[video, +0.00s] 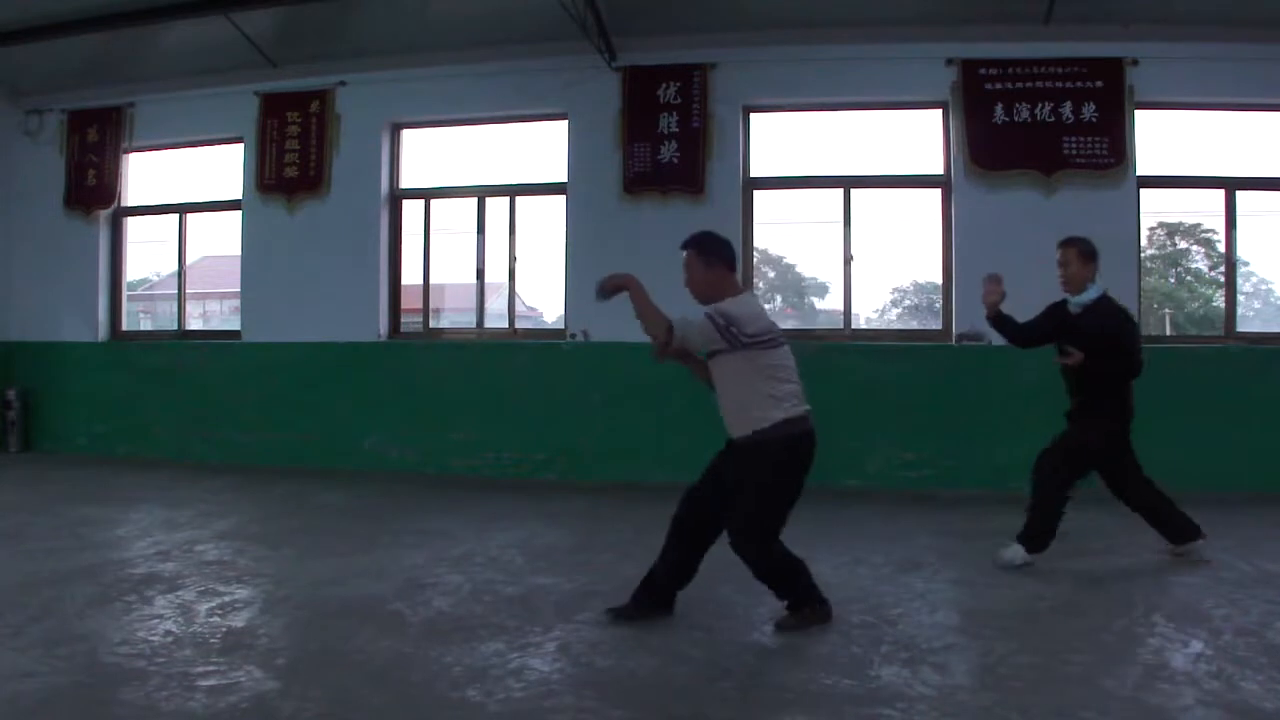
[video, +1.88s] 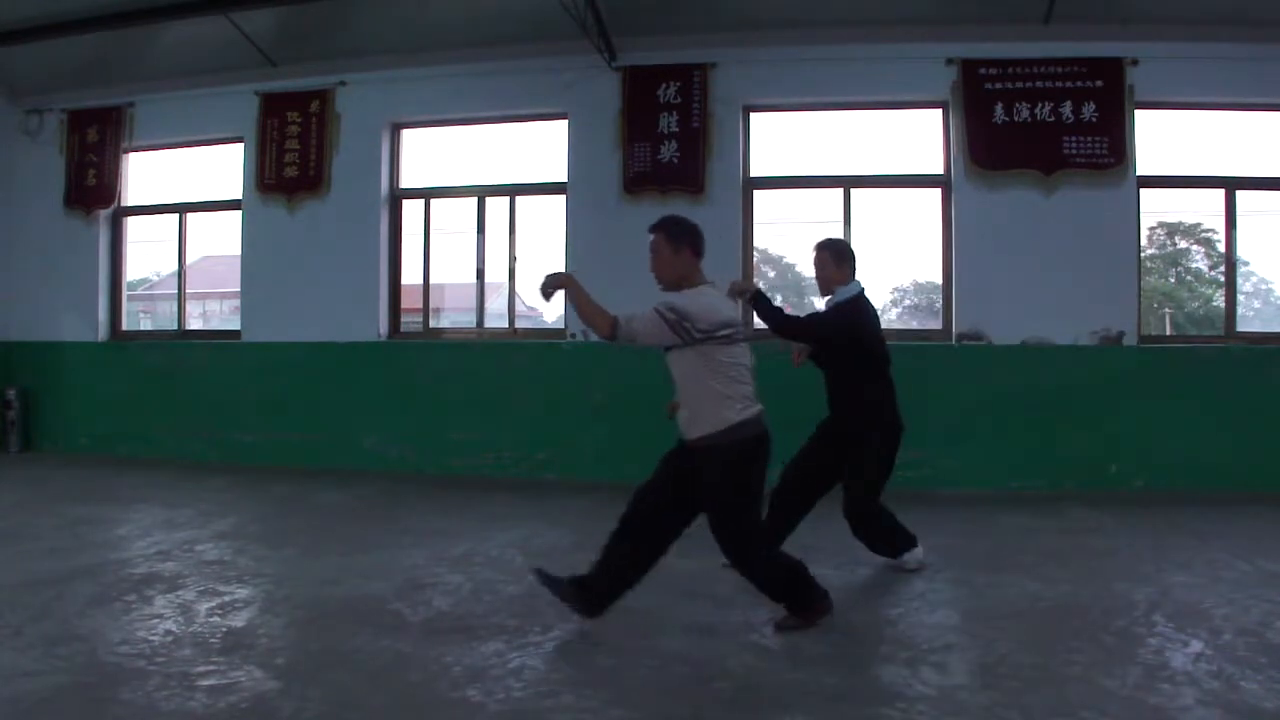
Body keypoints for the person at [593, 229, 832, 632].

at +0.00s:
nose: (686, 280)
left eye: (690, 270)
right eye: (685, 272)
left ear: (715, 269)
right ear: (723, 271)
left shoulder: (737, 313)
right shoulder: (741, 313)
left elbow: (667, 336)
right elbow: (724, 377)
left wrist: (633, 286)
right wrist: (679, 354)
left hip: (781, 441)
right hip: (749, 442)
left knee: (751, 533)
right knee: (695, 517)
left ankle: (809, 604)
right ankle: (654, 600)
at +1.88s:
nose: (651, 264)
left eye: (657, 253)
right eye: (651, 254)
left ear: (686, 254)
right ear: (689, 256)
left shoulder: (695, 308)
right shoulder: (722, 304)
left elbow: (612, 329)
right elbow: (733, 369)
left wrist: (568, 283)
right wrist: (689, 401)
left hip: (732, 445)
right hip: (708, 442)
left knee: (741, 541)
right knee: (650, 517)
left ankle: (809, 601)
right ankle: (593, 594)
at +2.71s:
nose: (370, 241)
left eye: (377, 232)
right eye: (373, 232)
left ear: (403, 238)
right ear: (399, 240)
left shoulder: (429, 294)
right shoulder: (382, 299)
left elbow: (428, 366)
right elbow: (324, 302)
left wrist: (377, 366)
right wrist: (295, 251)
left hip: (422, 424)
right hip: (386, 419)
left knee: (381, 517)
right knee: (318, 480)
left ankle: (407, 613)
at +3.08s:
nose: (254, 261)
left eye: (258, 252)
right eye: (255, 252)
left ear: (278, 254)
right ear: (298, 256)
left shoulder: (271, 299)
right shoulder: (332, 312)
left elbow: (210, 293)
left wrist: (170, 283)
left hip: (288, 448)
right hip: (336, 445)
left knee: (230, 524)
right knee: (327, 536)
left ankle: (211, 623)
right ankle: (398, 611)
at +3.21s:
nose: (236, 272)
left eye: (242, 262)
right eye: (237, 262)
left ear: (265, 263)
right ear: (274, 264)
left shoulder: (283, 315)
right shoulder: (304, 311)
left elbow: (257, 379)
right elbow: (274, 382)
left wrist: (210, 357)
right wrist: (223, 369)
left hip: (291, 446)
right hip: (331, 445)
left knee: (222, 520)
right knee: (319, 539)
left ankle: (210, 621)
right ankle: (386, 615)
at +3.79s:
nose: (248, 269)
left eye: (250, 260)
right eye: (248, 260)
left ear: (261, 262)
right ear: (290, 260)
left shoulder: (306, 311)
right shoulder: (277, 317)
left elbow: (307, 385)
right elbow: (219, 342)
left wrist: (272, 379)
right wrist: (194, 282)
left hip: (315, 443)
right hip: (344, 440)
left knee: (249, 525)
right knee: (340, 540)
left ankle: (212, 620)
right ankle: (395, 619)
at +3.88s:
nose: (249, 270)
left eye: (250, 261)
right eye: (249, 262)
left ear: (261, 262)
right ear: (291, 260)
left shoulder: (308, 310)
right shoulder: (277, 317)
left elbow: (309, 384)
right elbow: (220, 342)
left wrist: (273, 380)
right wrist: (193, 281)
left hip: (316, 443)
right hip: (342, 440)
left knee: (250, 524)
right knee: (339, 539)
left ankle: (212, 620)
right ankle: (395, 618)